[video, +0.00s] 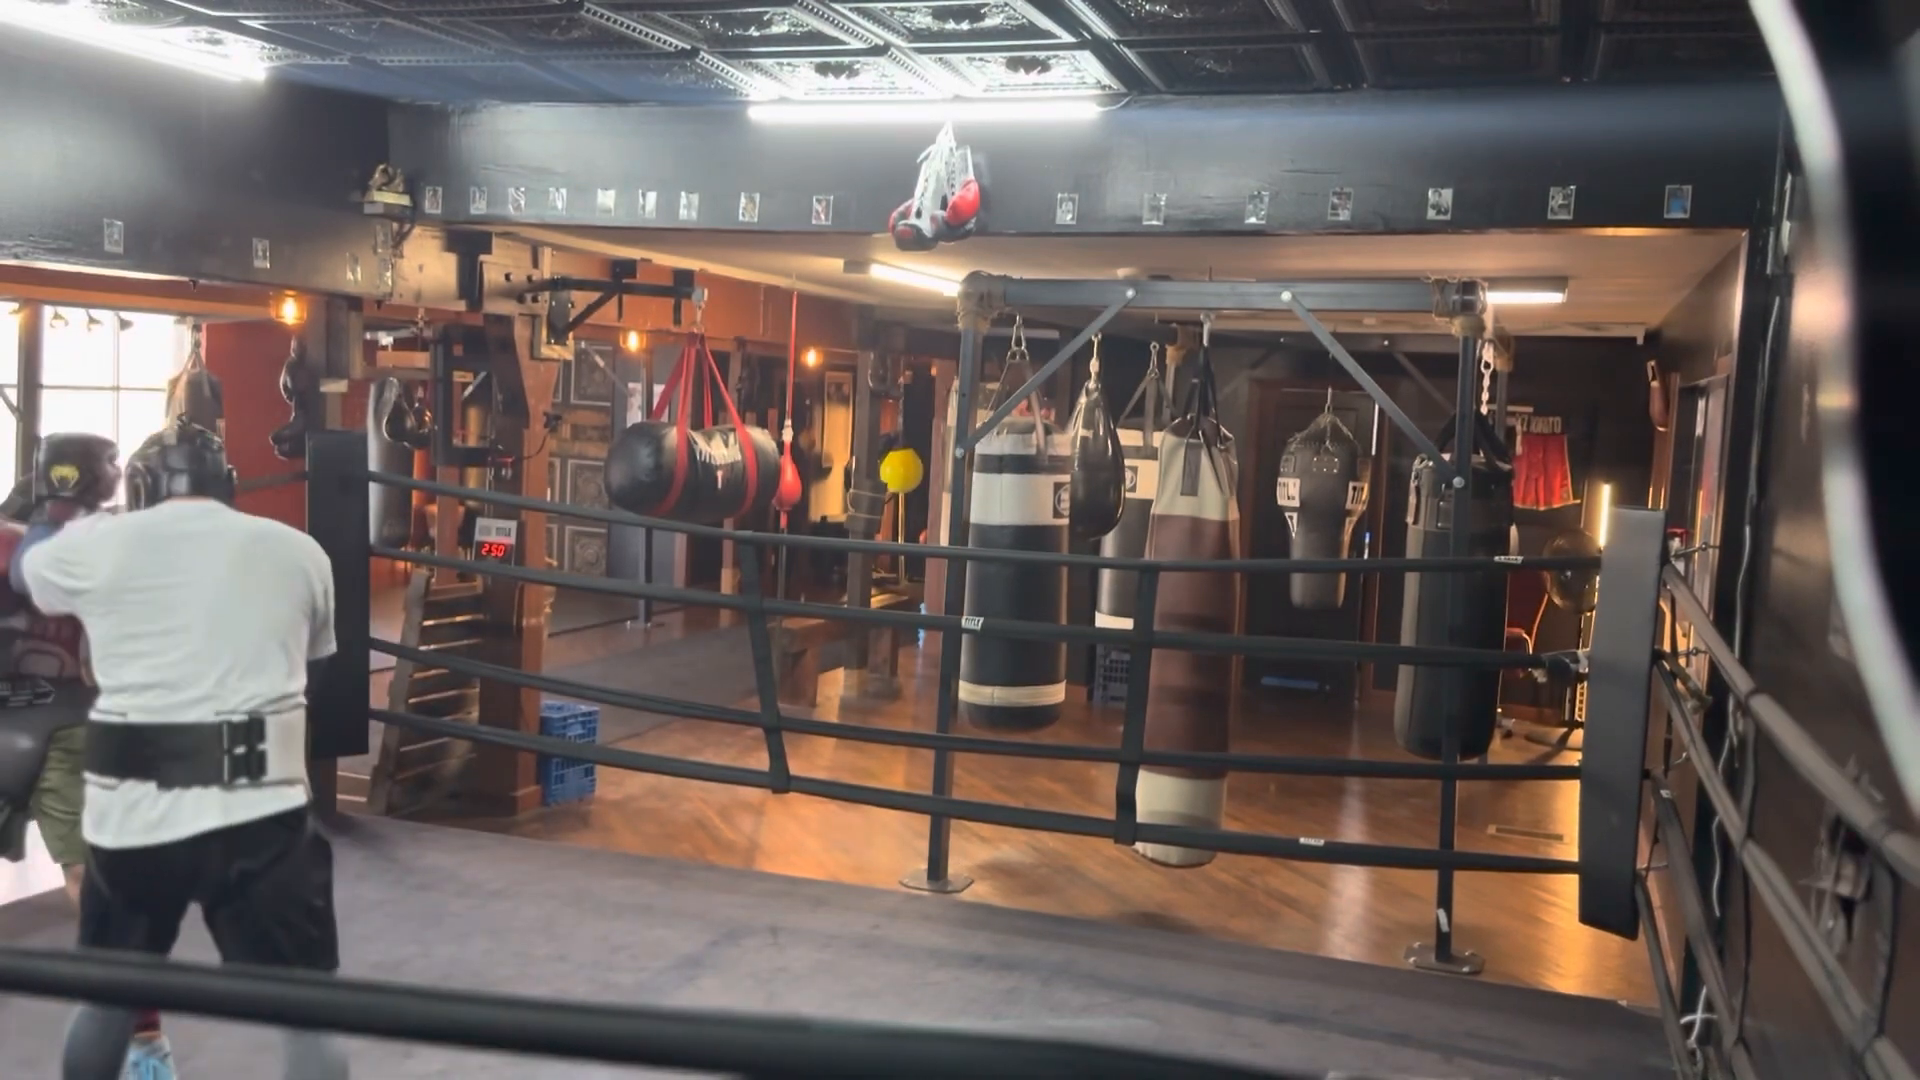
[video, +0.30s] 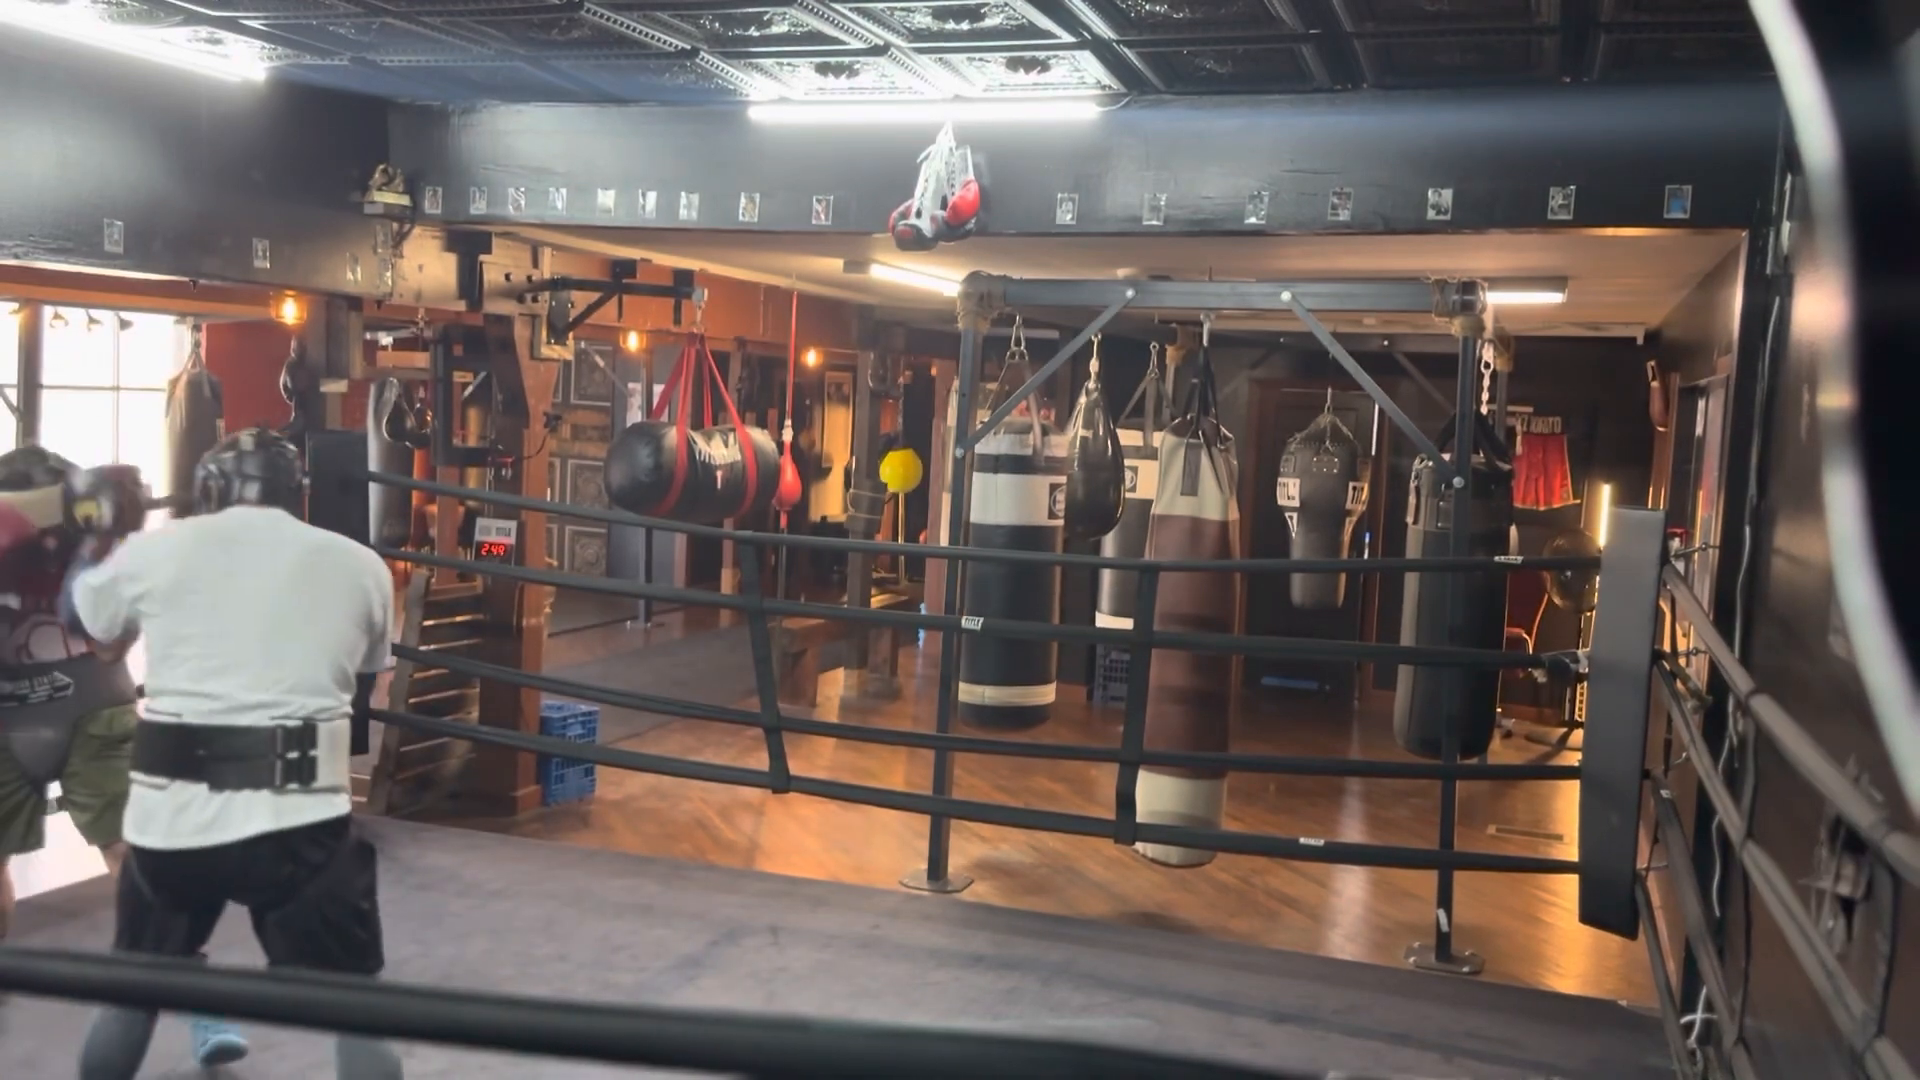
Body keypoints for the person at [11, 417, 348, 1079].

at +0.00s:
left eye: (133, 485)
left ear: (142, 488)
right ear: (227, 484)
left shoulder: (106, 545)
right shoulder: (296, 550)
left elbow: (31, 568)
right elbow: (318, 644)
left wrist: (77, 517)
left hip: (135, 823)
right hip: (265, 820)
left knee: (107, 996)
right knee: (307, 1012)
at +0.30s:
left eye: (205, 490)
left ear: (209, 492)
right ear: (296, 494)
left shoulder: (163, 550)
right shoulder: (360, 565)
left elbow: (89, 617)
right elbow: (370, 676)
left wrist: (99, 548)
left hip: (172, 828)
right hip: (302, 828)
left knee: (130, 990)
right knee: (356, 1008)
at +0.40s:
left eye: (236, 493)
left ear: (244, 494)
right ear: (329, 496)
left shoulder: (187, 557)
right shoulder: (390, 569)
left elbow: (97, 641)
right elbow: (397, 691)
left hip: (194, 829)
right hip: (325, 833)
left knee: (152, 985)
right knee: (374, 1014)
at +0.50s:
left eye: (254, 482)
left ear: (260, 486)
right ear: (348, 488)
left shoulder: (206, 542)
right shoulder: (403, 557)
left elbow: (98, 576)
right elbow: (413, 675)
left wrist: (121, 532)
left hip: (211, 824)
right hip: (339, 828)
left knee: (176, 976)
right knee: (375, 1011)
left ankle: (139, 1076)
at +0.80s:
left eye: (317, 499)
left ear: (325, 503)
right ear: (409, 512)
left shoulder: (262, 574)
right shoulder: (464, 597)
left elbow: (159, 623)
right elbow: (460, 725)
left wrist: (175, 562)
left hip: (265, 863)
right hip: (398, 865)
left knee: (222, 1007)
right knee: (463, 1034)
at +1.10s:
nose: (315, 491)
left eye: (320, 480)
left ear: (333, 483)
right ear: (418, 488)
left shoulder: (277, 560)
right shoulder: (481, 566)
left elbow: (186, 664)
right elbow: (501, 675)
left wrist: (220, 598)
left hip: (290, 837)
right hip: (418, 841)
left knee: (263, 991)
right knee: (442, 1033)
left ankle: (229, 1073)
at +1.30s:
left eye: (281, 485)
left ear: (285, 490)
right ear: (370, 491)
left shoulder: (237, 553)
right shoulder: (433, 556)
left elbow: (155, 564)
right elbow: (459, 683)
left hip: (261, 835)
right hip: (386, 832)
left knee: (241, 1001)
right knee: (424, 1026)